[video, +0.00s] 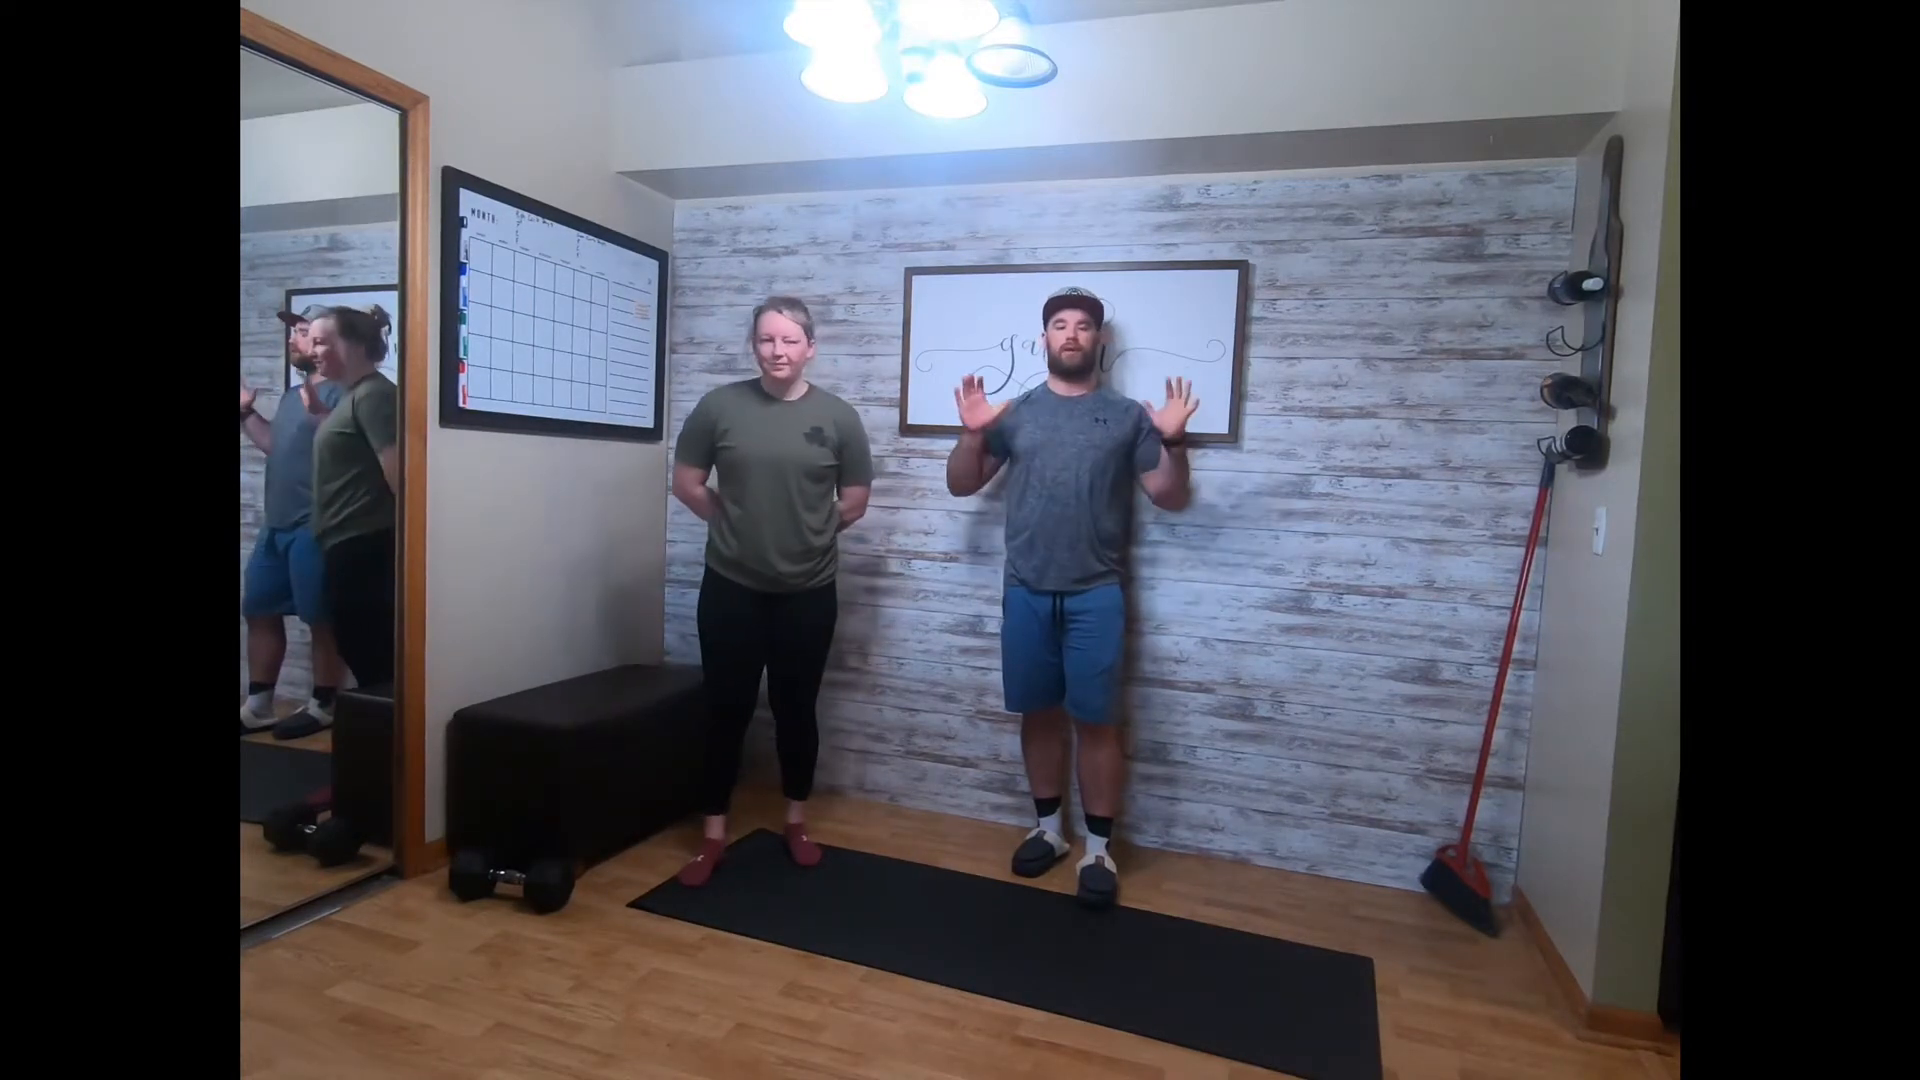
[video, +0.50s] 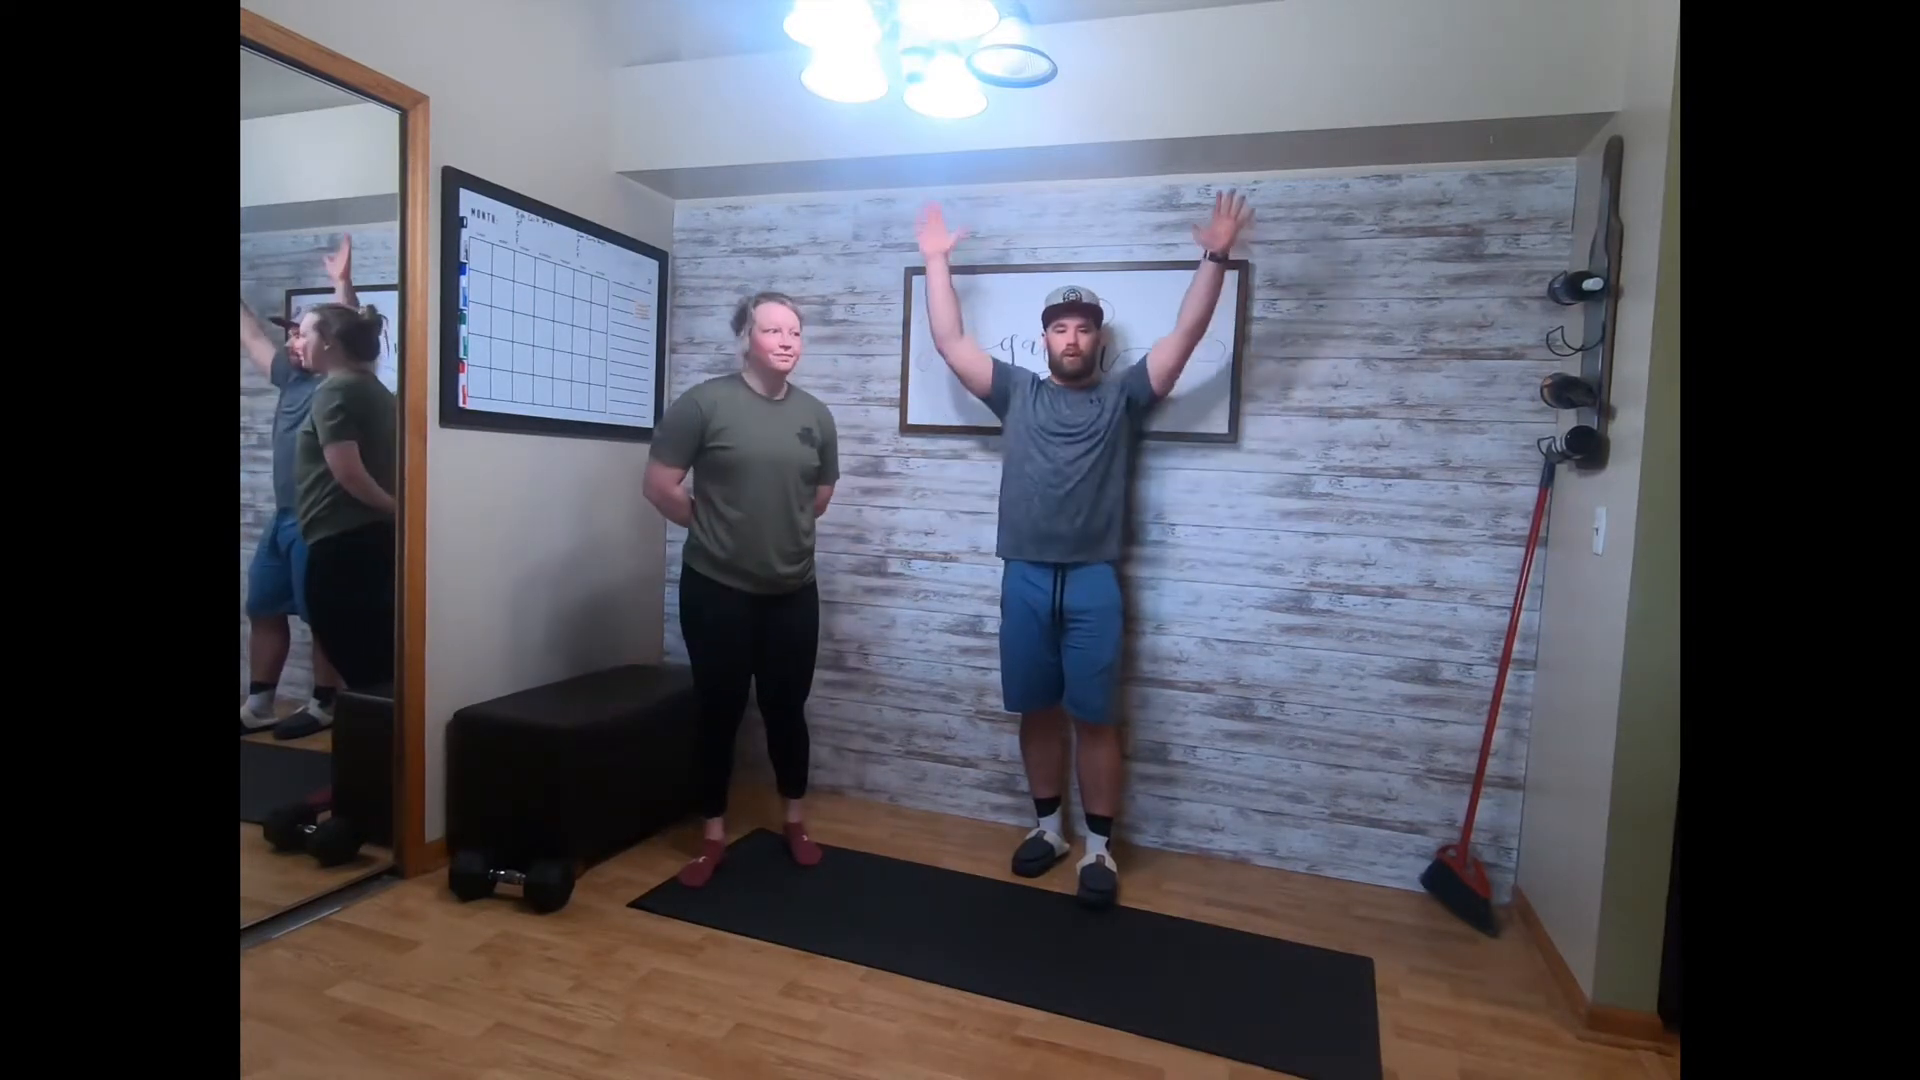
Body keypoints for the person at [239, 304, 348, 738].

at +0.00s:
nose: (294, 339)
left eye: (304, 332)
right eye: (295, 333)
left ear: (326, 342)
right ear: (299, 344)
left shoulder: (343, 392)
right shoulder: (294, 394)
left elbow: (346, 447)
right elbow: (276, 446)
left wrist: (317, 412)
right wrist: (248, 413)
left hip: (317, 523)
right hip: (276, 523)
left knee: (321, 617)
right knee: (260, 608)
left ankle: (324, 706)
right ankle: (259, 704)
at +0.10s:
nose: (294, 339)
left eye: (304, 333)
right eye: (295, 332)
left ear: (327, 343)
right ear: (298, 343)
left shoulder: (343, 392)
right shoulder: (295, 392)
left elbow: (357, 439)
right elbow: (268, 440)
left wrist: (334, 393)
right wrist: (247, 398)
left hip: (318, 526)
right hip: (277, 524)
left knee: (321, 619)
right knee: (259, 609)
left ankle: (324, 706)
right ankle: (259, 704)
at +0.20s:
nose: (300, 344)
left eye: (310, 336)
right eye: (300, 337)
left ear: (334, 344)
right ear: (301, 345)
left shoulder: (347, 394)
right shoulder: (293, 391)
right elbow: (254, 411)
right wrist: (242, 371)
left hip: (319, 527)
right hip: (279, 525)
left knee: (321, 619)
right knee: (261, 609)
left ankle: (325, 706)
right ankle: (259, 703)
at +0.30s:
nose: (298, 342)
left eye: (308, 336)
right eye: (297, 335)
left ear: (331, 344)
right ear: (296, 343)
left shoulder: (347, 391)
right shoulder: (289, 386)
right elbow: (250, 384)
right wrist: (238, 346)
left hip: (322, 528)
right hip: (280, 523)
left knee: (322, 621)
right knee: (264, 609)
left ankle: (324, 705)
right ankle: (259, 703)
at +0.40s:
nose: (296, 340)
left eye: (305, 333)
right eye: (296, 332)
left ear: (329, 341)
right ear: (296, 341)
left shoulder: (340, 385)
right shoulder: (290, 379)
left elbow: (351, 345)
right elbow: (253, 355)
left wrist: (340, 299)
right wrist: (238, 324)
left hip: (322, 522)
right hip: (283, 519)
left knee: (322, 618)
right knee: (264, 609)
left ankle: (324, 705)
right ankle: (259, 702)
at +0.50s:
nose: (292, 341)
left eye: (301, 333)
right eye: (290, 333)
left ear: (327, 339)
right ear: (290, 342)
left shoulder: (338, 382)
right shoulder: (289, 375)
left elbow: (349, 335)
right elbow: (252, 336)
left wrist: (342, 283)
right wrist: (238, 301)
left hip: (323, 522)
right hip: (283, 519)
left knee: (322, 617)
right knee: (264, 609)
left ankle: (324, 706)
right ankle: (260, 702)